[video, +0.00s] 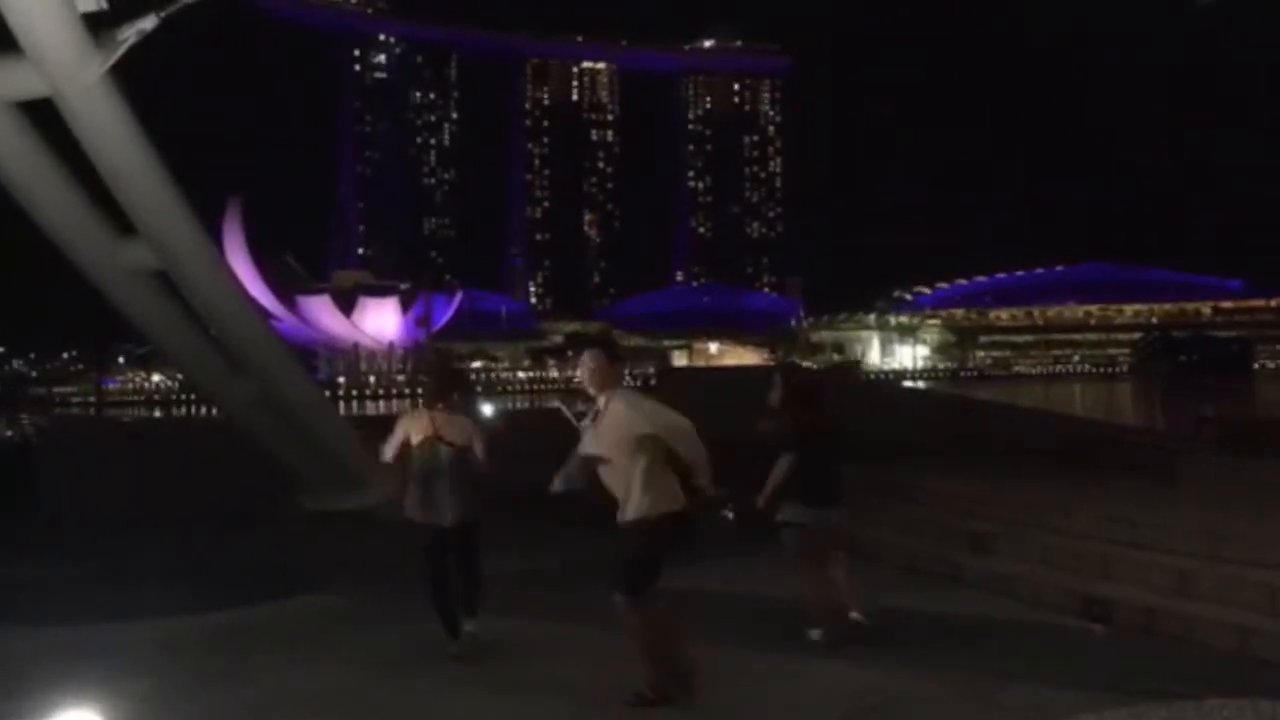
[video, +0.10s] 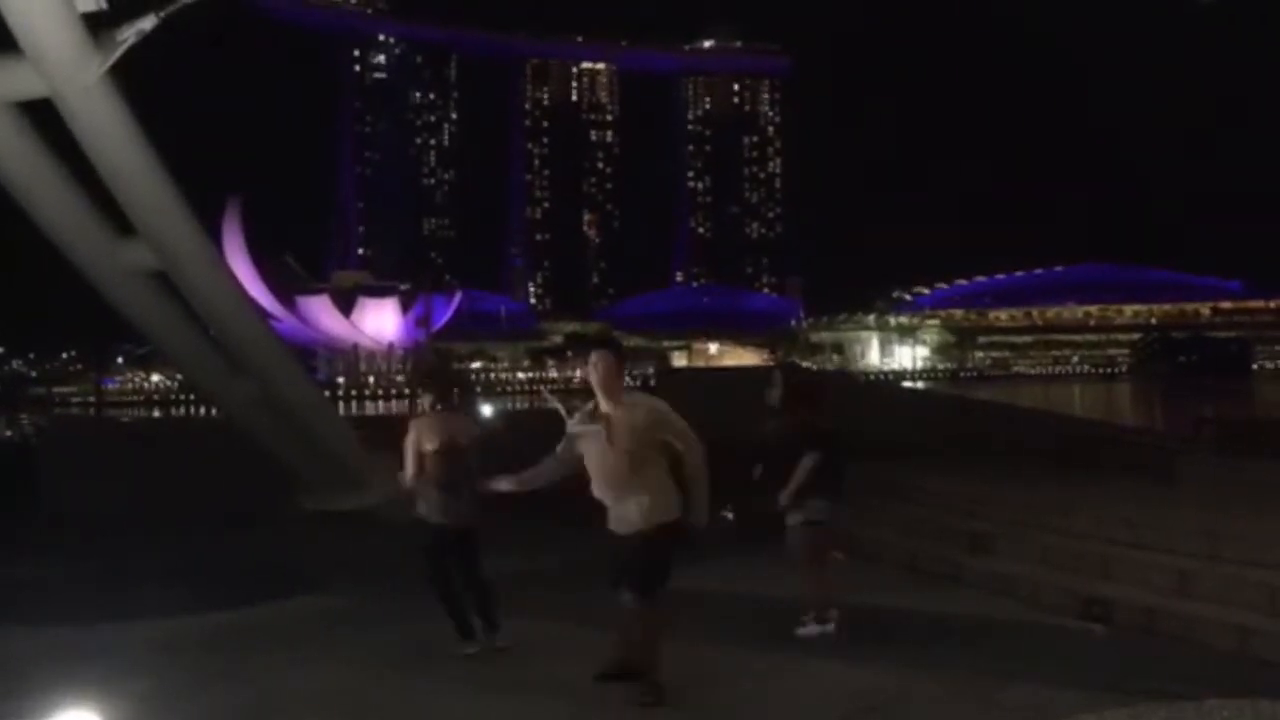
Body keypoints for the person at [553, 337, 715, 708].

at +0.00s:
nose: (585, 374)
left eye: (593, 366)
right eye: (582, 368)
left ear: (614, 368)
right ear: (581, 374)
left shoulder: (629, 404)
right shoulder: (599, 416)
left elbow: (682, 429)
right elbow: (584, 456)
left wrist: (703, 480)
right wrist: (561, 482)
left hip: (659, 511)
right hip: (635, 513)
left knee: (631, 595)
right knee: (636, 595)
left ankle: (661, 682)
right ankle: (671, 674)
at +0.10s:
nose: (598, 372)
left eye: (605, 364)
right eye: (593, 365)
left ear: (620, 370)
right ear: (587, 372)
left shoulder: (648, 409)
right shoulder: (584, 423)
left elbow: (692, 449)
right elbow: (558, 463)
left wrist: (699, 507)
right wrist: (517, 482)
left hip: (658, 515)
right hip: (618, 519)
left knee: (642, 596)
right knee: (627, 595)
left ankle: (647, 673)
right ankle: (629, 662)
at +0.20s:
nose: (613, 388)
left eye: (620, 381)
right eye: (607, 381)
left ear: (635, 388)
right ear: (599, 390)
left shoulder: (659, 434)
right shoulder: (587, 437)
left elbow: (675, 490)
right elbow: (549, 483)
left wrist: (685, 537)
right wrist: (500, 512)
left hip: (653, 541)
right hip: (607, 544)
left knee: (649, 607)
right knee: (608, 608)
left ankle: (643, 675)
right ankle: (612, 662)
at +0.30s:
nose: (629, 396)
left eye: (636, 389)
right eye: (623, 388)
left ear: (649, 395)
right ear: (613, 393)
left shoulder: (662, 443)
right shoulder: (594, 437)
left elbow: (657, 506)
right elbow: (558, 481)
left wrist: (644, 556)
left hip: (646, 541)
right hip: (602, 543)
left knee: (652, 606)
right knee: (602, 607)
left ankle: (643, 675)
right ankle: (606, 661)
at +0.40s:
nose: (628, 400)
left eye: (636, 393)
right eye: (623, 393)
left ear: (648, 397)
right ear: (613, 396)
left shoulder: (662, 442)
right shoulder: (596, 436)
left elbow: (651, 503)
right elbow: (570, 480)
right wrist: (584, 531)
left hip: (651, 529)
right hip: (606, 530)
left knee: (661, 598)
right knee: (597, 595)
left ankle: (645, 673)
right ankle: (602, 658)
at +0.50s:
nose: (615, 403)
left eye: (623, 396)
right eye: (611, 395)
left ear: (642, 398)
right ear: (606, 396)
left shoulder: (657, 441)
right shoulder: (599, 425)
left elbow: (636, 493)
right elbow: (585, 475)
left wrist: (583, 475)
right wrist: (571, 523)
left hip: (648, 529)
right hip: (604, 526)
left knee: (656, 601)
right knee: (585, 587)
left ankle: (647, 678)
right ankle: (599, 683)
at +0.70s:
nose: (606, 415)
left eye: (613, 406)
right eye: (602, 406)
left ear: (633, 404)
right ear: (599, 405)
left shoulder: (653, 438)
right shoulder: (597, 438)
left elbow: (652, 466)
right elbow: (580, 485)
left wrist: (607, 453)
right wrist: (563, 527)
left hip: (643, 543)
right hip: (600, 539)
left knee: (636, 617)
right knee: (580, 600)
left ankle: (667, 672)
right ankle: (594, 694)